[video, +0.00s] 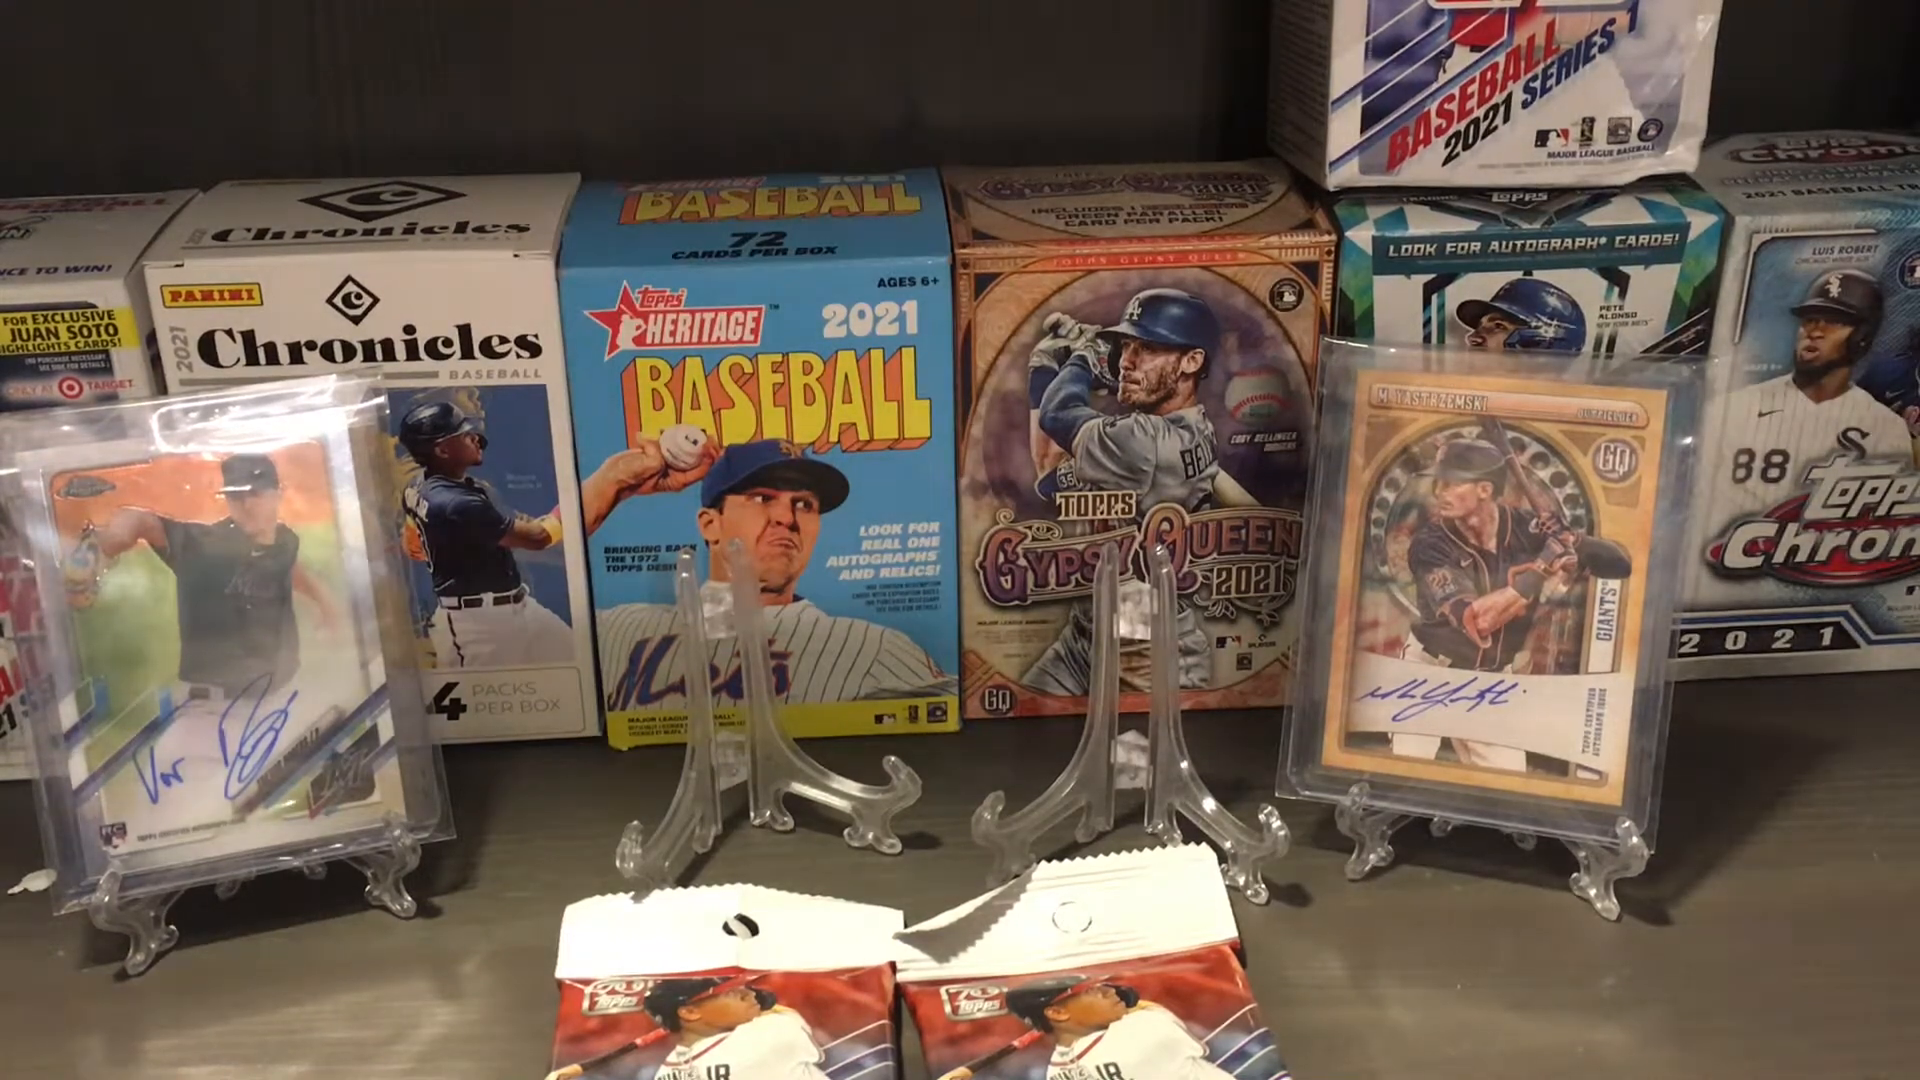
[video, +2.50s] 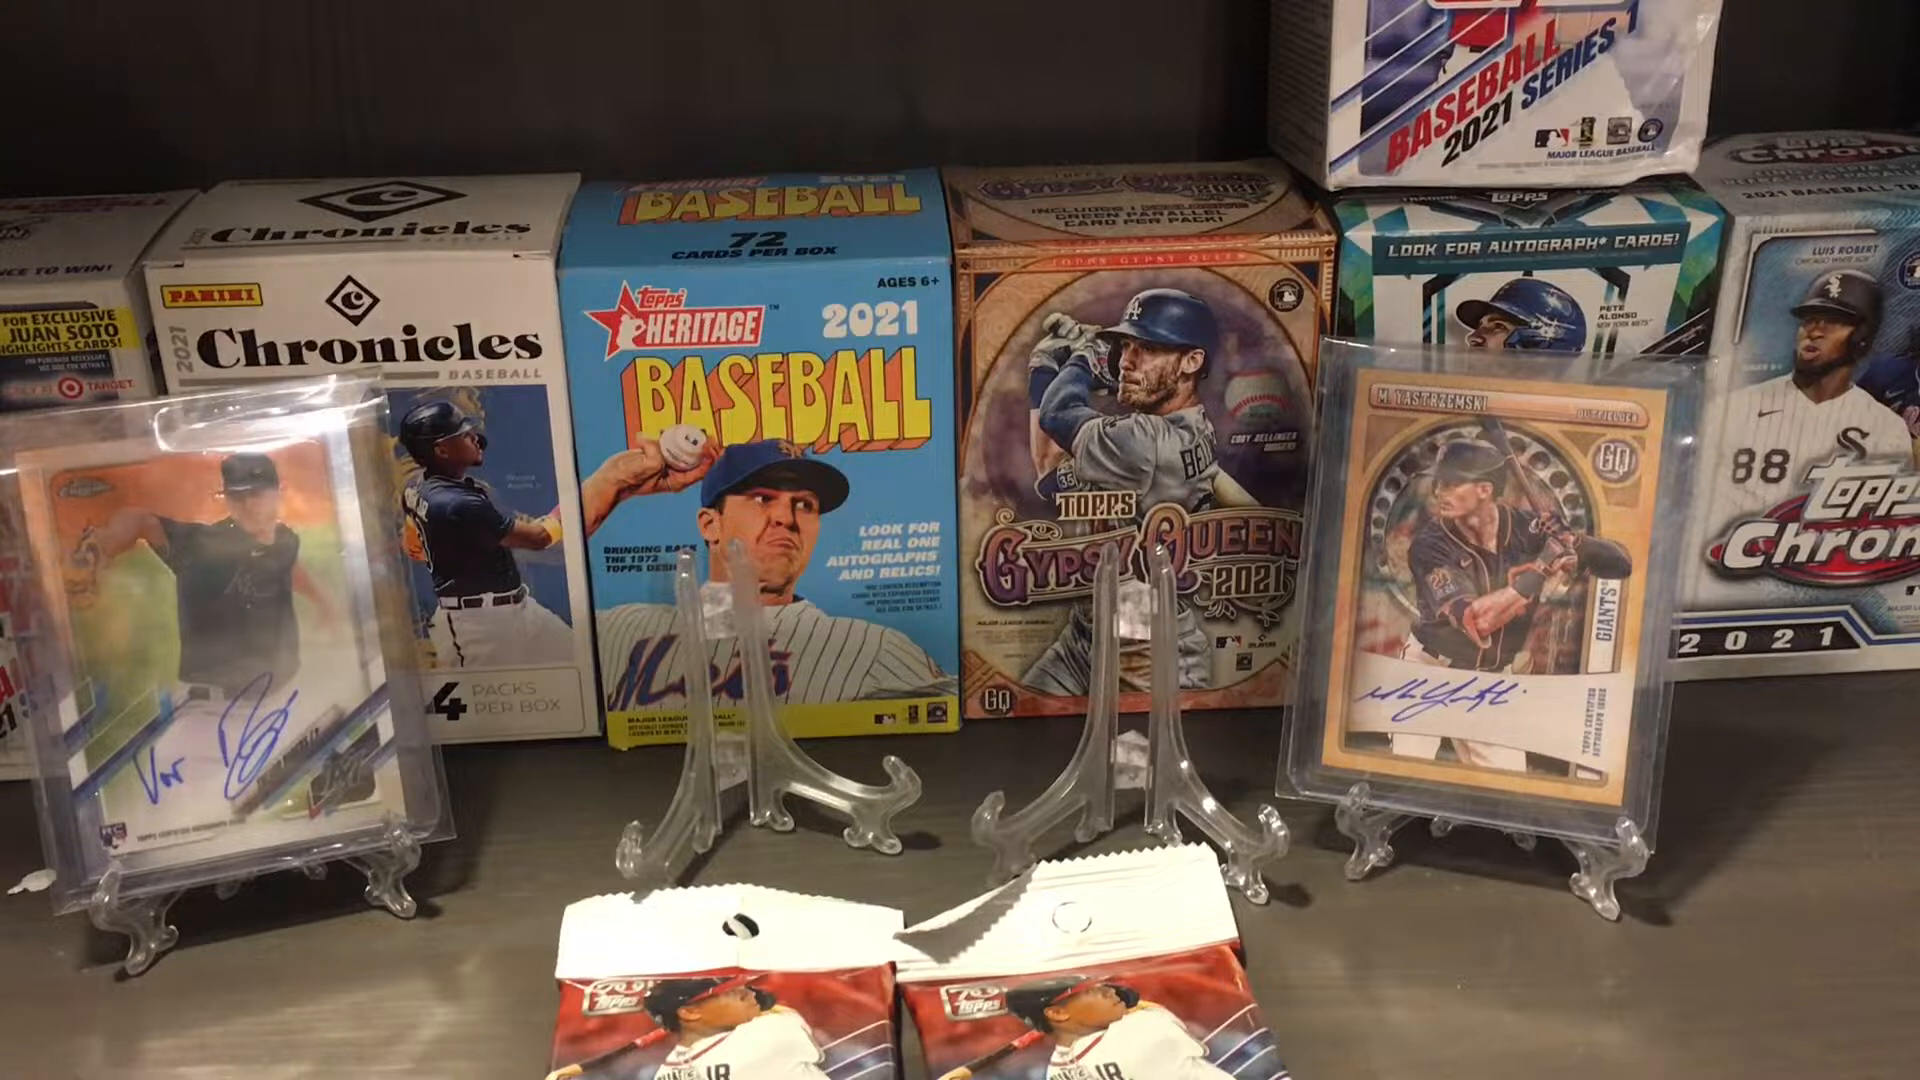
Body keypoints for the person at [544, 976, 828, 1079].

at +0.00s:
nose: (743, 993)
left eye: (733, 987)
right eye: (725, 993)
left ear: (690, 1015)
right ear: (691, 1014)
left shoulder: (667, 1071)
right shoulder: (778, 1034)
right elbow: (780, 1008)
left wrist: (577, 1071)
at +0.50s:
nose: (743, 992)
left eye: (733, 986)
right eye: (726, 992)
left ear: (690, 1015)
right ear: (691, 1014)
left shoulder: (666, 1071)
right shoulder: (778, 1034)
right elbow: (780, 1008)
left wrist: (576, 1072)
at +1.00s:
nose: (743, 993)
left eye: (733, 987)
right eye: (725, 993)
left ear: (690, 1015)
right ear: (692, 1014)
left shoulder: (666, 1071)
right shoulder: (778, 1034)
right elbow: (781, 1009)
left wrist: (576, 1072)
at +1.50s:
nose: (744, 993)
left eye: (734, 986)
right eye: (726, 993)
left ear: (690, 1015)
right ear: (691, 1014)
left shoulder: (666, 1072)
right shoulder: (778, 1034)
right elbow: (780, 1008)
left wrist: (579, 1071)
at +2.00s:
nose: (743, 992)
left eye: (733, 986)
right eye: (726, 992)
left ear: (690, 1015)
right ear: (692, 1014)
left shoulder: (666, 1071)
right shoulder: (779, 1033)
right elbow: (780, 1009)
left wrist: (580, 1071)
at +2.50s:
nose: (746, 993)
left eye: (737, 986)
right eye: (728, 993)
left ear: (689, 1015)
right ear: (691, 1015)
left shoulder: (664, 1072)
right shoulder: (779, 1033)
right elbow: (777, 1007)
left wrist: (578, 1072)